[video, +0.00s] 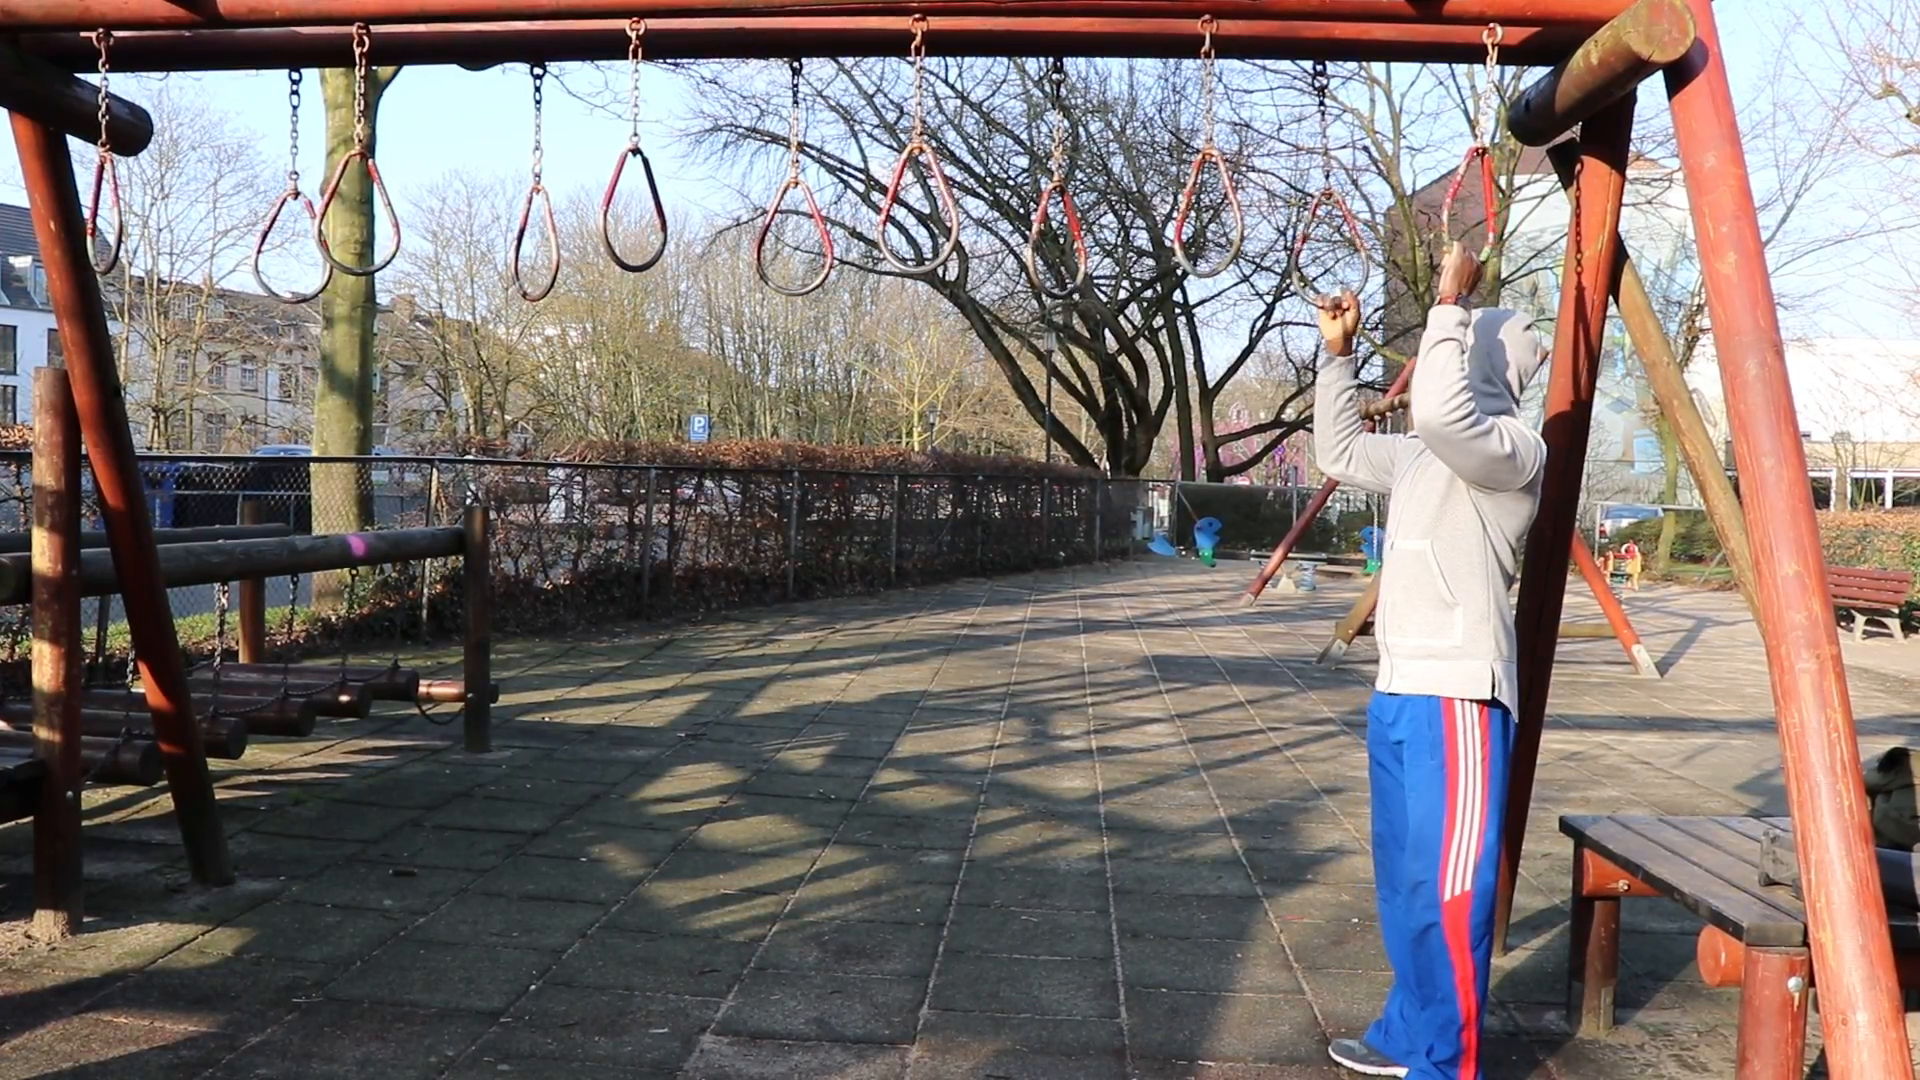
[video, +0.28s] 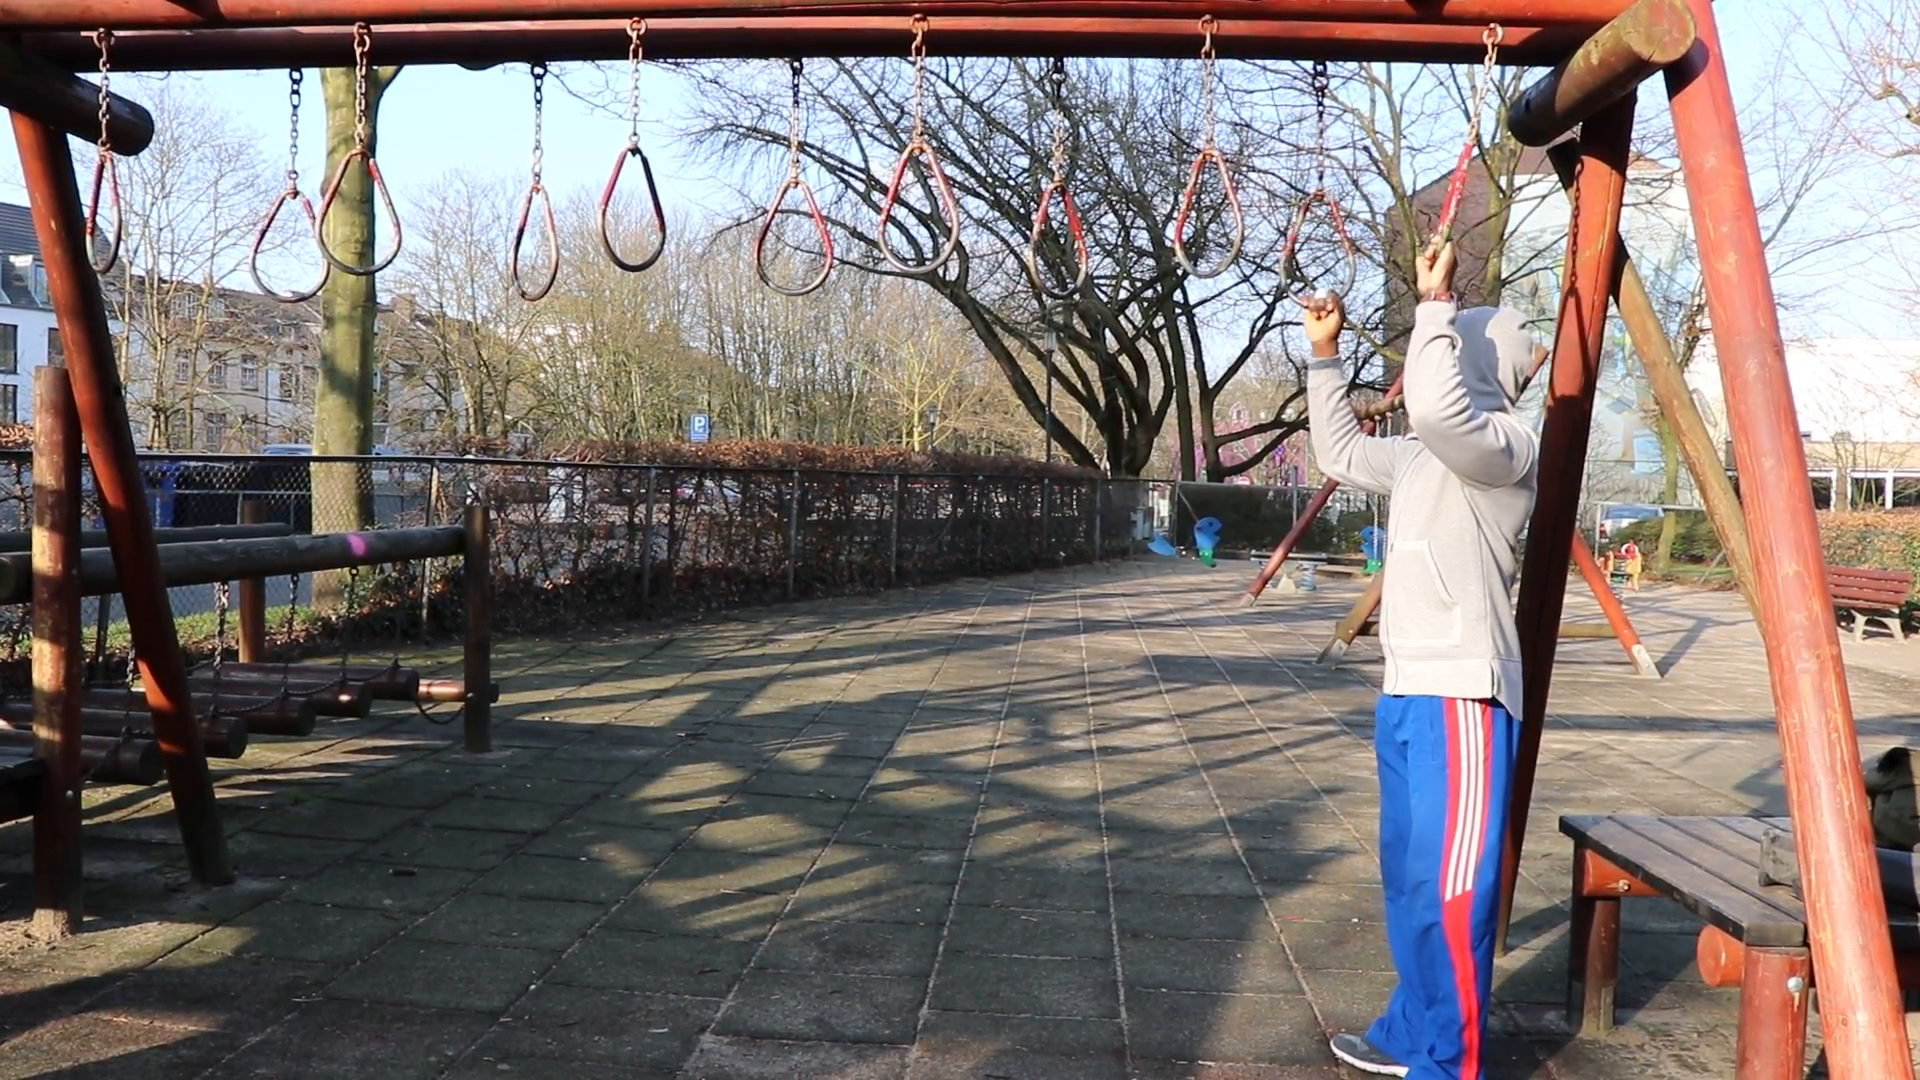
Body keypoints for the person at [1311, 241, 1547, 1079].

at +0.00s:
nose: (1421, 367)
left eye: (1444, 353)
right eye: (1426, 354)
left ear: (1493, 369)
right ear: (1450, 378)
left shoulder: (1520, 452)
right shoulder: (1422, 454)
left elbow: (1444, 416)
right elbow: (1341, 449)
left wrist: (1449, 308)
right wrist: (1338, 353)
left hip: (1464, 697)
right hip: (1404, 694)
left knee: (1453, 884)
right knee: (1406, 879)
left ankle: (1448, 1057)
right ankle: (1409, 1033)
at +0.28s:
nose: (1421, 364)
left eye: (1453, 345)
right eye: (1426, 350)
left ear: (1488, 366)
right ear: (1442, 373)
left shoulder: (1514, 445)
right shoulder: (1420, 452)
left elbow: (1440, 415)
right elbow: (1338, 451)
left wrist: (1436, 308)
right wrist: (1325, 354)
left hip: (1467, 693)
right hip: (1412, 692)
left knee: (1453, 883)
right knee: (1411, 877)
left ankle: (1450, 1056)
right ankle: (1410, 1032)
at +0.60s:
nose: (1427, 362)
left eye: (1453, 344)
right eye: (1431, 347)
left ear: (1483, 364)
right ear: (1474, 367)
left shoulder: (1505, 445)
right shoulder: (1419, 454)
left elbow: (1430, 414)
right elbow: (1339, 451)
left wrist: (1433, 304)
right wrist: (1325, 354)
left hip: (1469, 694)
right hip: (1415, 694)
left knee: (1456, 884)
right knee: (1414, 877)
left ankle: (1451, 1056)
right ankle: (1411, 1032)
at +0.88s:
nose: (1424, 366)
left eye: (1450, 354)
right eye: (1429, 354)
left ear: (1483, 369)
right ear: (1487, 372)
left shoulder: (1508, 444)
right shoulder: (1427, 442)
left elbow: (1421, 440)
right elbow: (1334, 454)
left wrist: (1432, 343)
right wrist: (1321, 352)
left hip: (1459, 690)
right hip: (1402, 688)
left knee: (1449, 880)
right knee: (1403, 875)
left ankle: (1448, 1055)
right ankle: (1409, 1032)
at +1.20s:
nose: (1414, 366)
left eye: (1438, 352)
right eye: (1420, 353)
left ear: (1482, 367)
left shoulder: (1508, 442)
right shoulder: (1411, 449)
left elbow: (1432, 408)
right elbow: (1330, 451)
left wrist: (1461, 326)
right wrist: (1319, 351)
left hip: (1446, 694)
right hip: (1390, 691)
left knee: (1440, 889)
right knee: (1396, 884)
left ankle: (1447, 1060)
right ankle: (1407, 1035)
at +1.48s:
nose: (1384, 397)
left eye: (1395, 382)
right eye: (1384, 382)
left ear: (1449, 379)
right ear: (1411, 385)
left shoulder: (1509, 455)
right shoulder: (1401, 455)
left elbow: (1457, 426)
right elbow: (1328, 449)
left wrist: (1478, 344)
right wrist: (1316, 350)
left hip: (1450, 698)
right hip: (1387, 694)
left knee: (1441, 886)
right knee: (1395, 882)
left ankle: (1446, 1059)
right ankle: (1406, 1035)